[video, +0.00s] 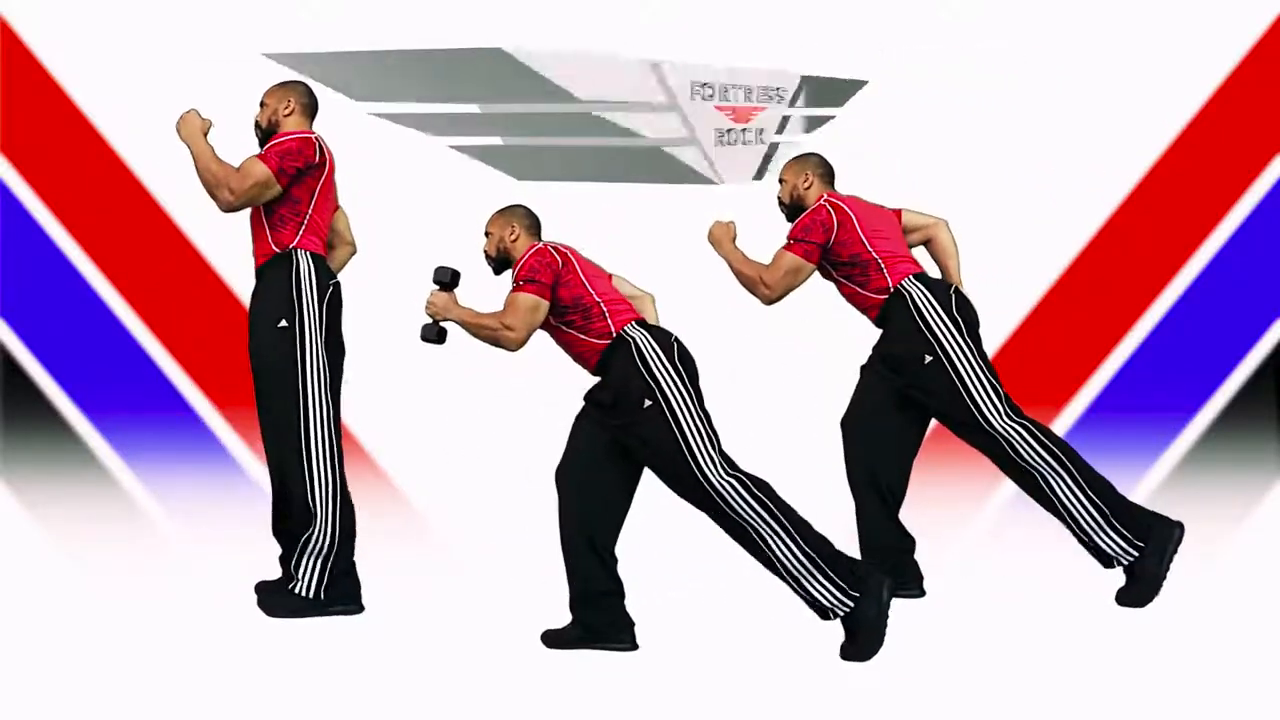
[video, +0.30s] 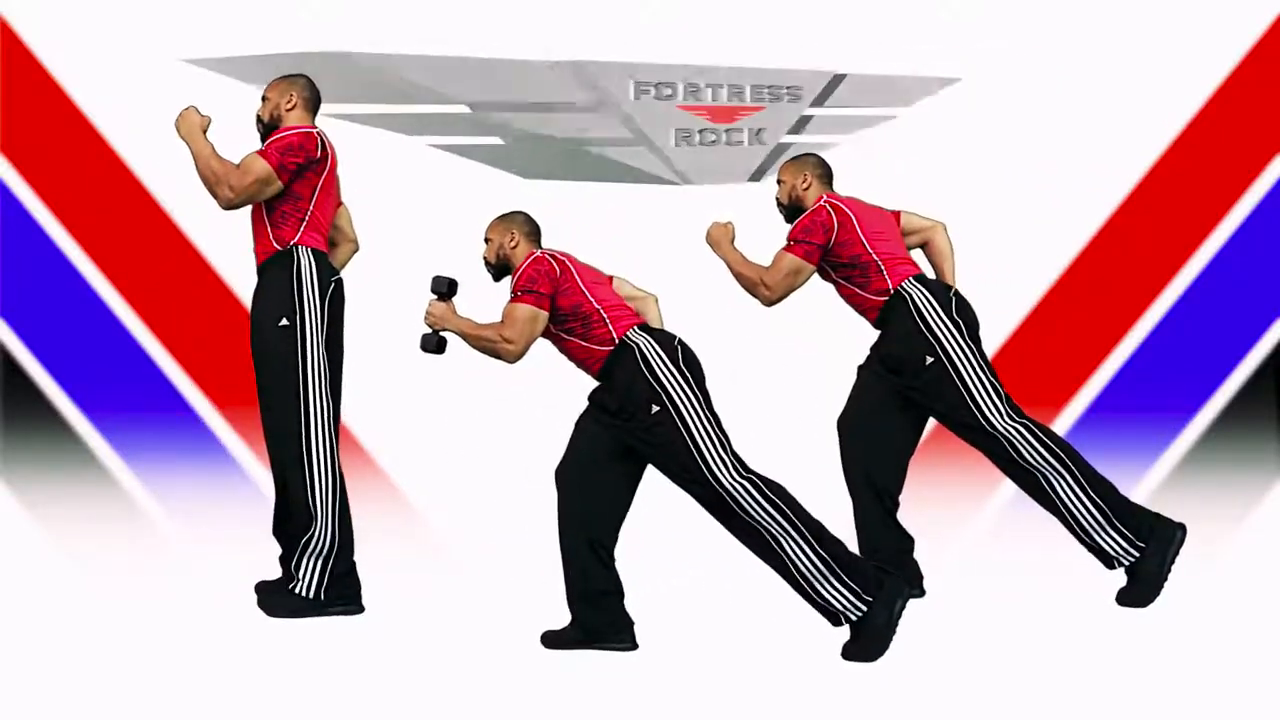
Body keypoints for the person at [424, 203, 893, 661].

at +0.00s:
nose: (484, 246)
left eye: (489, 235)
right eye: (485, 238)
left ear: (515, 231)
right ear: (525, 236)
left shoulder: (540, 258)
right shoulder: (562, 264)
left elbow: (512, 332)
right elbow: (641, 303)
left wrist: (454, 312)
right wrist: (651, 367)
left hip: (644, 360)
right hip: (621, 376)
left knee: (713, 482)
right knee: (581, 485)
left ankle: (851, 594)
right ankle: (602, 623)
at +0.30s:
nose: (484, 251)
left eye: (490, 241)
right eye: (485, 244)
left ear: (517, 237)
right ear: (525, 241)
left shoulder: (536, 269)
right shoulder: (563, 270)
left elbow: (509, 345)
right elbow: (643, 301)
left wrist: (450, 320)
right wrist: (661, 369)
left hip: (647, 365)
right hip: (624, 381)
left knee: (728, 486)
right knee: (582, 486)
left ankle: (866, 598)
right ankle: (601, 623)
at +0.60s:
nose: (483, 252)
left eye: (488, 242)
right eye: (483, 245)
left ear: (515, 238)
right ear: (522, 242)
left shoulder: (537, 270)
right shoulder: (562, 272)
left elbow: (511, 350)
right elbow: (643, 302)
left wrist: (448, 327)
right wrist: (658, 370)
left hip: (649, 367)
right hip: (623, 385)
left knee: (731, 490)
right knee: (580, 484)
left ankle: (874, 599)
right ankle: (600, 622)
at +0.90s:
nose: (483, 253)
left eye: (489, 243)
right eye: (484, 246)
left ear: (517, 240)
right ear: (523, 243)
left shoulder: (537, 271)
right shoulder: (564, 272)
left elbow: (511, 350)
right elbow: (643, 301)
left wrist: (449, 329)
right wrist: (665, 370)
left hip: (649, 366)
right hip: (627, 383)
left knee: (734, 490)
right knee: (584, 488)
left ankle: (870, 600)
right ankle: (601, 622)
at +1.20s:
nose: (485, 246)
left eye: (492, 236)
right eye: (486, 239)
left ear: (520, 233)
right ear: (524, 239)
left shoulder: (541, 265)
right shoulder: (562, 268)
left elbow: (523, 342)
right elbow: (640, 306)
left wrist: (458, 335)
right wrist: (643, 377)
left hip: (644, 368)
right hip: (618, 387)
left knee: (728, 491)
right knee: (578, 487)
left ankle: (866, 596)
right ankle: (601, 622)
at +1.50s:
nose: (511, 208)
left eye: (516, 198)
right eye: (511, 200)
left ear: (540, 196)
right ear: (542, 197)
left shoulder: (567, 222)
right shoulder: (559, 246)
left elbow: (599, 277)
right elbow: (583, 340)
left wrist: (549, 339)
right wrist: (549, 358)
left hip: (624, 341)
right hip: (607, 353)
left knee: (556, 455)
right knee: (588, 481)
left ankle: (663, 557)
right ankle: (600, 620)